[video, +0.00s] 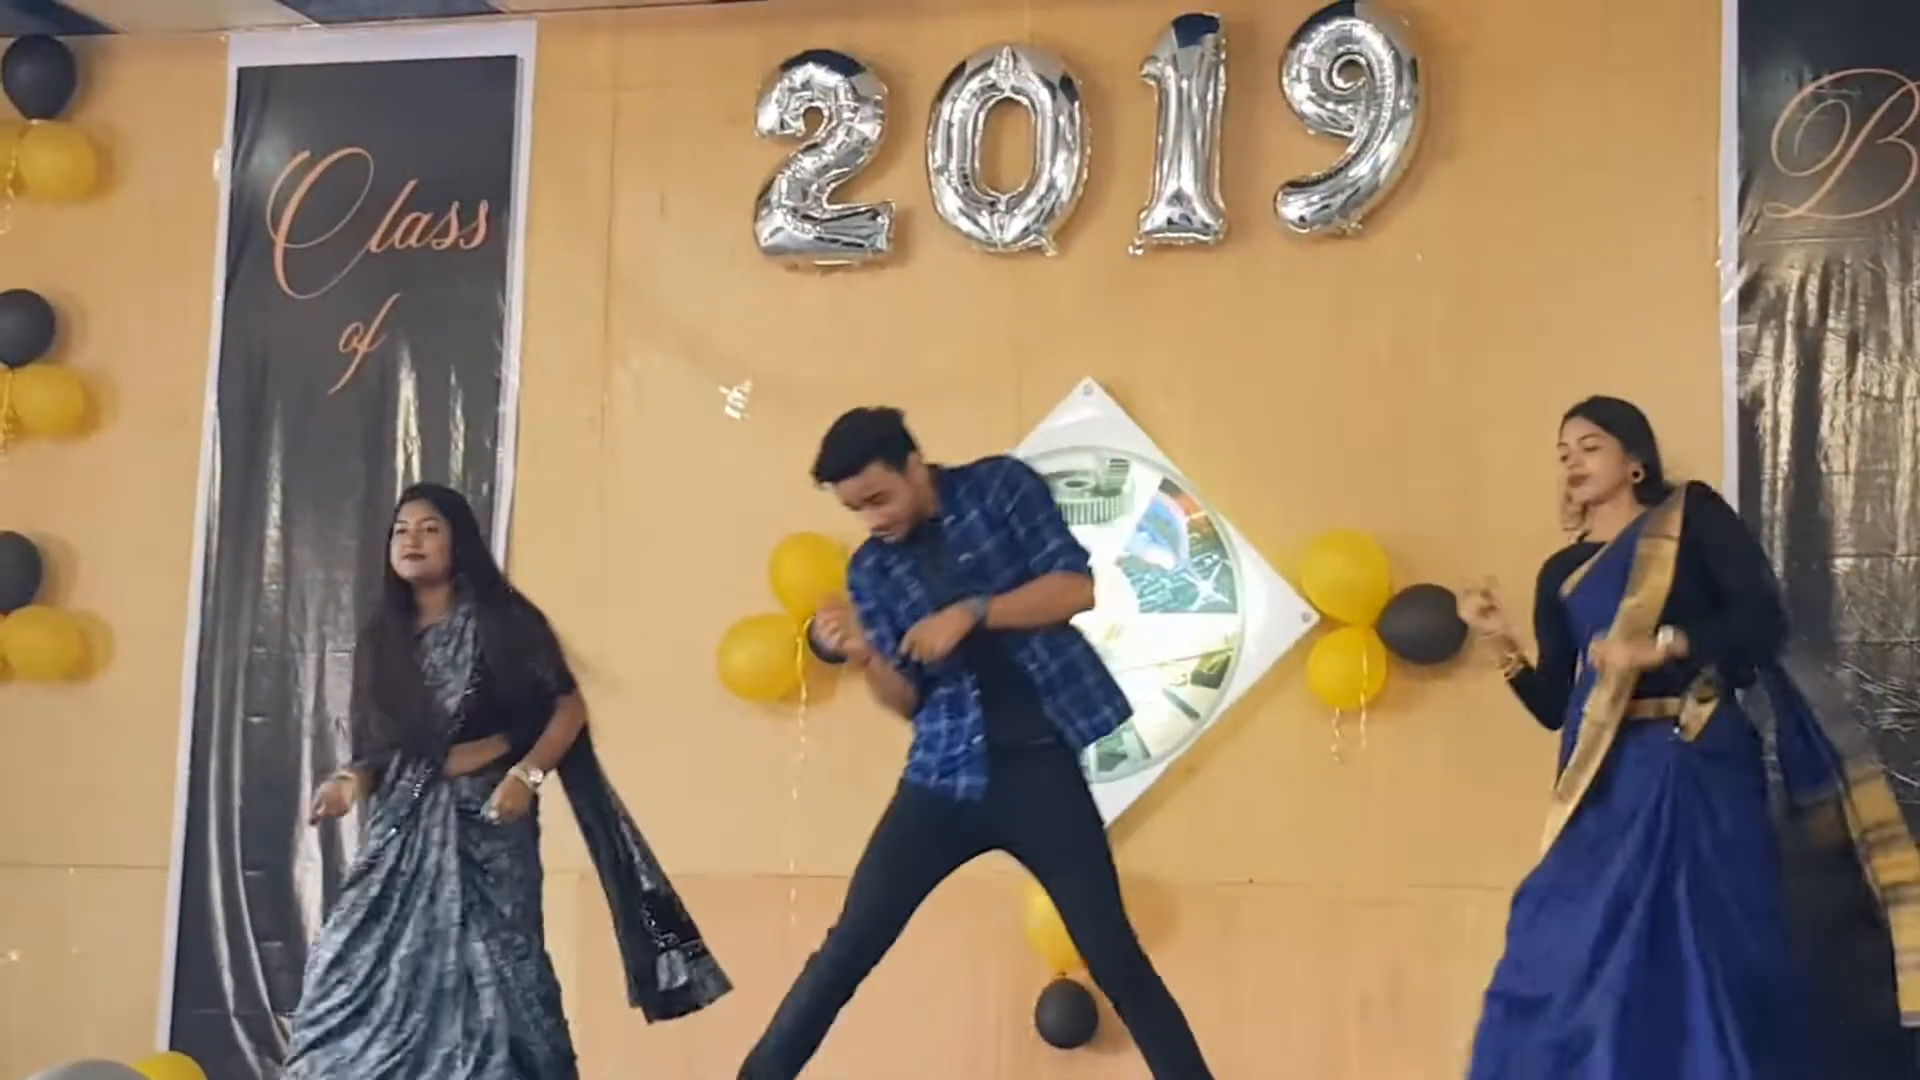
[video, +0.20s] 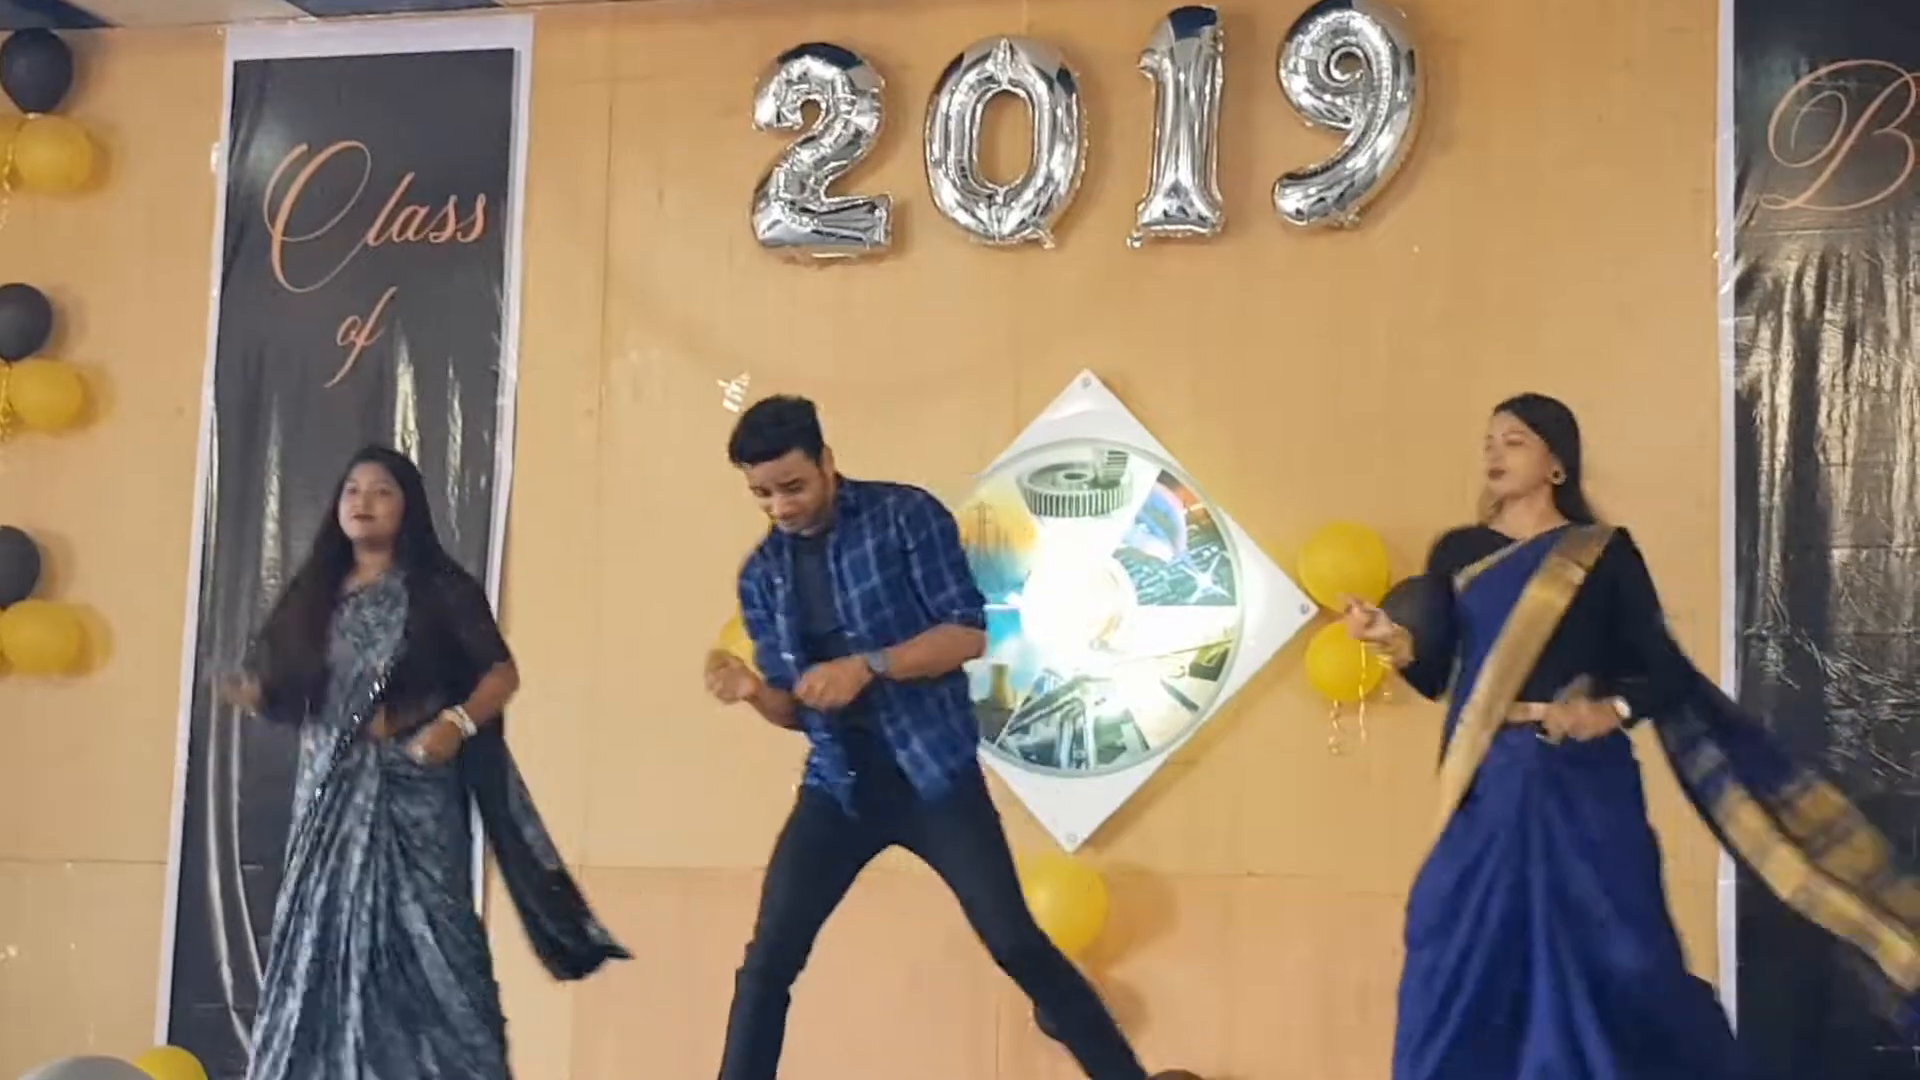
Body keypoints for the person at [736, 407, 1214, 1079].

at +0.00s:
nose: (872, 521)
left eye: (878, 500)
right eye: (855, 509)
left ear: (917, 466)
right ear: (843, 502)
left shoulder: (1002, 486)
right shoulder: (871, 569)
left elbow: (1075, 589)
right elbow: (907, 702)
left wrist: (971, 613)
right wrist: (864, 656)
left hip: (1039, 769)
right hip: (943, 777)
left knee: (1115, 962)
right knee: (850, 949)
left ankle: (1191, 1076)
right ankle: (758, 1076)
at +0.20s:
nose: (781, 506)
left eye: (793, 485)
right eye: (763, 493)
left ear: (827, 461)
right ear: (748, 486)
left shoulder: (906, 513)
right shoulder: (763, 573)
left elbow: (966, 634)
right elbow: (795, 710)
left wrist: (867, 666)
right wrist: (754, 689)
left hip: (936, 778)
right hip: (837, 790)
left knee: (1015, 946)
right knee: (767, 964)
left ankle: (1126, 1076)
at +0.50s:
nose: (741, 266)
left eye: (756, 246)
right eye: (726, 249)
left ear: (788, 236)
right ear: (711, 248)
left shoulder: (853, 308)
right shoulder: (714, 334)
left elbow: (916, 424)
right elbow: (734, 451)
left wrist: (821, 439)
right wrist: (695, 461)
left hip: (857, 568)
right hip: (779, 574)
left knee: (815, 750)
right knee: (720, 752)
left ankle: (889, 940)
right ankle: (725, 946)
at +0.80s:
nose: (776, 81)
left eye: (799, 72)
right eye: (774, 65)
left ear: (841, 94)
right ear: (770, 75)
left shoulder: (855, 184)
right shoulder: (774, 175)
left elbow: (877, 323)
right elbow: (778, 301)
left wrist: (828, 272)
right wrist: (702, 303)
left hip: (830, 432)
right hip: (771, 428)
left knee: (731, 602)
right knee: (707, 619)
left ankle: (899, 715)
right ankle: (706, 819)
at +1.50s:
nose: (1000, 88)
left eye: (1022, 77)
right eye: (1005, 72)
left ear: (1073, 101)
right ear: (1060, 98)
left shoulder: (1056, 184)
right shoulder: (1087, 189)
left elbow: (1044, 321)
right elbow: (1068, 326)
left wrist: (971, 249)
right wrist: (983, 262)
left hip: (1043, 453)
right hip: (1100, 457)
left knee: (928, 615)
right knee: (1128, 654)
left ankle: (978, 829)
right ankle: (1246, 824)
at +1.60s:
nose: (1007, 110)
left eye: (1027, 96)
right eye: (1010, 93)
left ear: (1080, 116)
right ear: (1063, 114)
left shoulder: (1071, 196)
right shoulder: (1085, 204)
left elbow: (1072, 325)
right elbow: (1060, 344)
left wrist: (996, 254)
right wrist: (994, 299)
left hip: (1062, 463)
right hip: (1115, 470)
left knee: (931, 612)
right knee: (1123, 674)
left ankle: (995, 823)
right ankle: (1234, 844)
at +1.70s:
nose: (1010, 116)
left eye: (1030, 100)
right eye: (1008, 99)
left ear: (1081, 117)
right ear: (1012, 114)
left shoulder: (1078, 192)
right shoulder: (1051, 207)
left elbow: (1072, 309)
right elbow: (1018, 344)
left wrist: (1007, 221)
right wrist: (956, 270)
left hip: (1067, 459)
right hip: (1104, 468)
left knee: (945, 623)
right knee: (1129, 680)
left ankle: (1055, 814)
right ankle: (1222, 861)